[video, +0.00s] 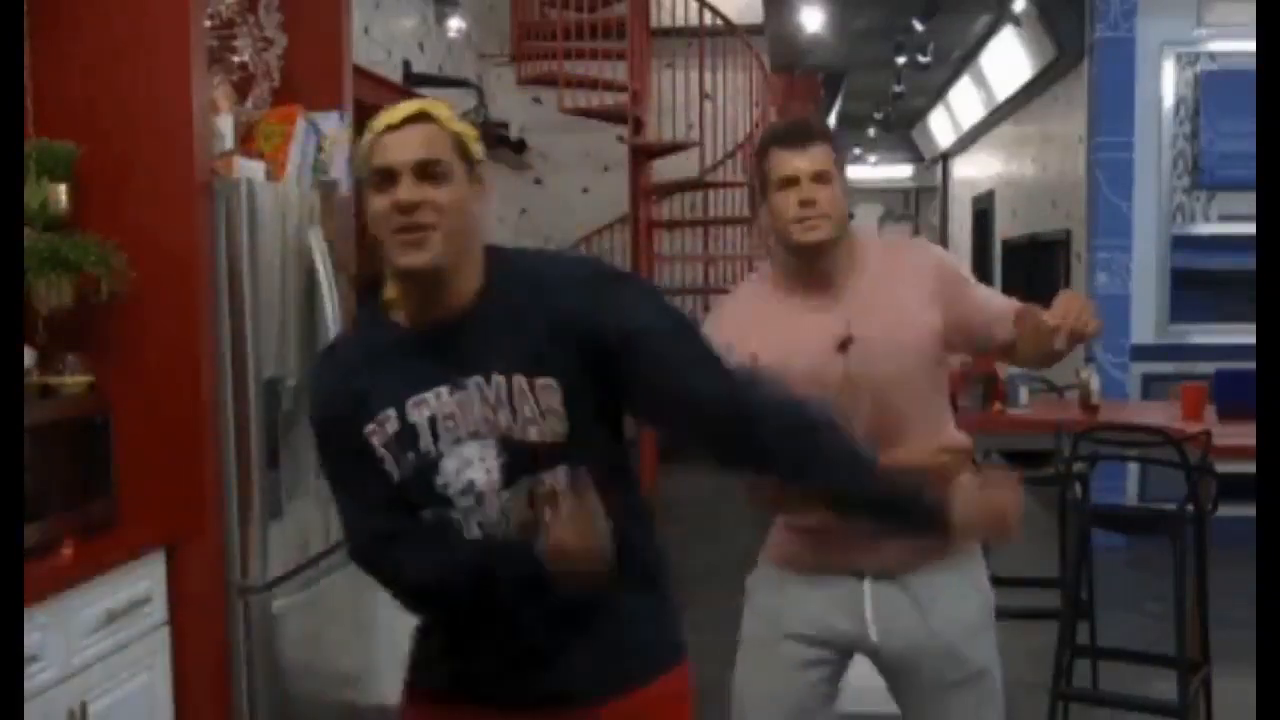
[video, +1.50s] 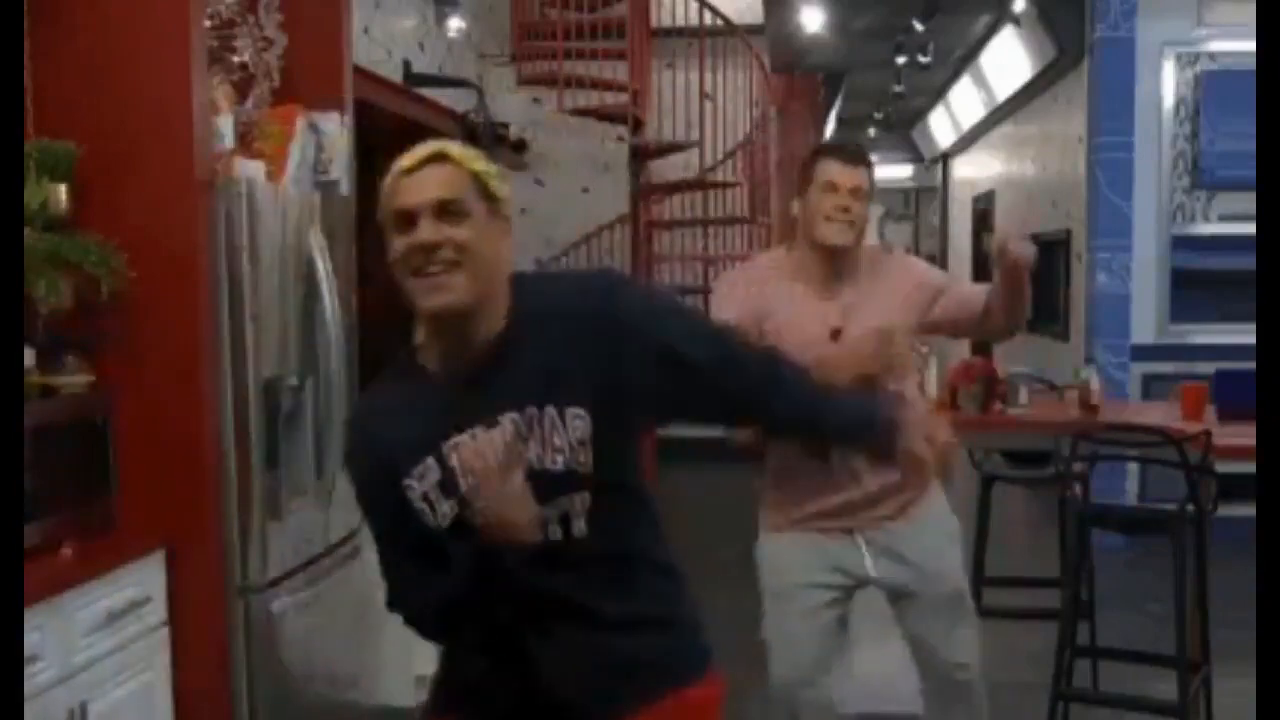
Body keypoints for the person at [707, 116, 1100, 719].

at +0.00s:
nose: (807, 196)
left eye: (821, 179)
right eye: (787, 185)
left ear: (845, 191)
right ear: (763, 205)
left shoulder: (919, 269)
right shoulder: (734, 323)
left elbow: (1014, 336)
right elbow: (761, 485)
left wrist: (1059, 325)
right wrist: (894, 469)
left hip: (933, 574)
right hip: (799, 579)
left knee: (967, 709)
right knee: (764, 710)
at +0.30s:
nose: (811, 209)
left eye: (826, 196)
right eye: (794, 198)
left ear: (848, 215)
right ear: (769, 219)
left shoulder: (909, 311)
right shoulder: (720, 329)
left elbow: (957, 432)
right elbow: (712, 466)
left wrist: (1025, 541)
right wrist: (753, 568)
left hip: (895, 585)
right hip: (761, 586)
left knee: (932, 708)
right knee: (734, 707)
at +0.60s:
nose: (698, 207)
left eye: (713, 192)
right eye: (682, 195)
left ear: (738, 205)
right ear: (662, 211)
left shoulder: (791, 312)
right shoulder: (617, 288)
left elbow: (795, 452)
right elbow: (532, 344)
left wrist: (710, 439)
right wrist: (467, 313)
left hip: (758, 562)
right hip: (636, 559)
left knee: (794, 707)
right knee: (612, 710)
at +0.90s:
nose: (660, 241)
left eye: (672, 224)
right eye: (643, 231)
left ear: (698, 230)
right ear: (628, 246)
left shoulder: (775, 319)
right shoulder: (601, 330)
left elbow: (794, 444)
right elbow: (524, 384)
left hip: (758, 532)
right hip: (641, 533)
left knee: (813, 682)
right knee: (608, 696)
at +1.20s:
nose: (763, 196)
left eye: (776, 184)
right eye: (748, 184)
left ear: (795, 195)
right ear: (727, 195)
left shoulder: (849, 266)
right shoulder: (684, 297)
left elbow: (946, 323)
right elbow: (671, 417)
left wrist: (960, 400)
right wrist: (719, 499)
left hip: (844, 520)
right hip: (735, 521)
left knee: (911, 694)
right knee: (676, 692)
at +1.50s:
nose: (845, 205)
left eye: (858, 196)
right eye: (830, 191)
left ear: (870, 210)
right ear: (800, 202)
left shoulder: (902, 276)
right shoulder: (748, 285)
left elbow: (999, 317)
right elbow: (728, 397)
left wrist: (1011, 272)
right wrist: (842, 372)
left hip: (909, 507)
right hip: (801, 521)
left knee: (957, 673)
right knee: (797, 682)